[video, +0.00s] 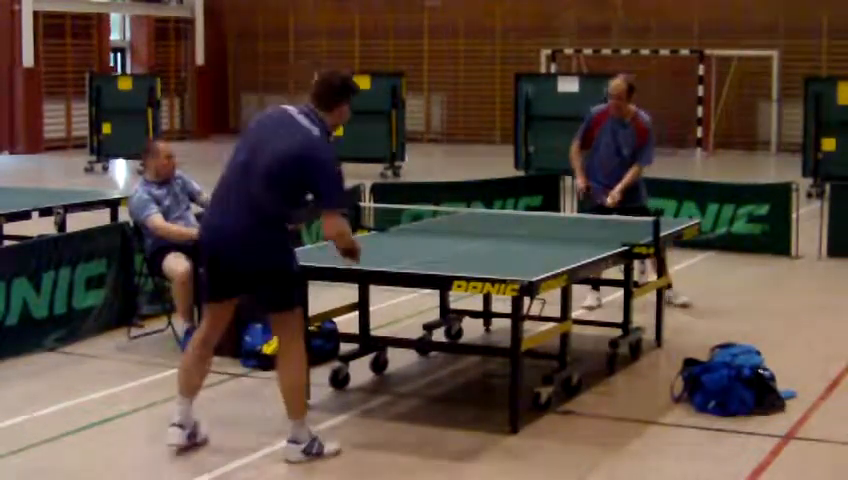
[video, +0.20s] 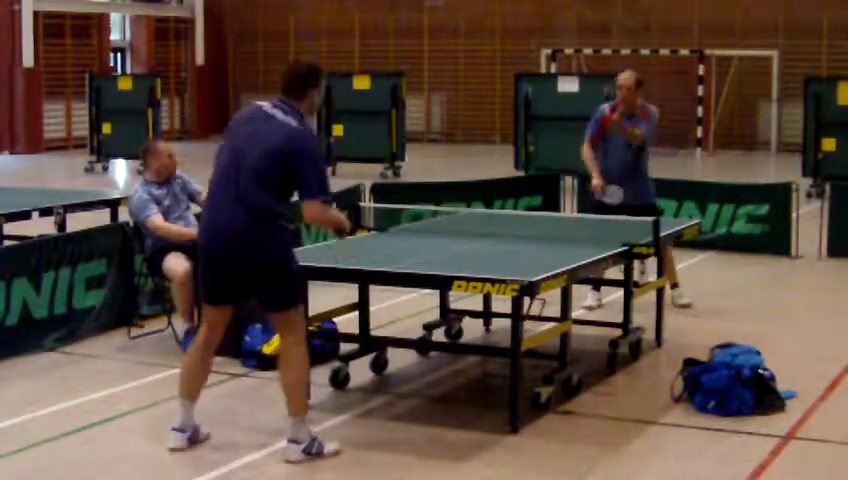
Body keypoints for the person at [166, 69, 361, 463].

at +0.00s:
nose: (347, 117)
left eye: (348, 110)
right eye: (348, 110)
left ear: (313, 97)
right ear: (340, 109)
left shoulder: (273, 116)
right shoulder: (319, 150)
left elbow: (257, 176)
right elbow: (334, 228)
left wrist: (291, 215)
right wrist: (349, 247)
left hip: (216, 234)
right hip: (264, 242)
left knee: (211, 325)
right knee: (290, 334)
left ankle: (182, 421)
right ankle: (300, 436)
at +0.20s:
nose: (319, 100)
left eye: (318, 94)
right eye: (319, 94)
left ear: (282, 87)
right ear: (312, 95)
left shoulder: (246, 117)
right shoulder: (300, 138)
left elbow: (224, 176)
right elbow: (313, 211)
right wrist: (339, 221)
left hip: (216, 237)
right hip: (264, 243)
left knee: (209, 330)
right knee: (292, 334)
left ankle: (183, 425)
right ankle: (300, 436)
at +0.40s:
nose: (282, 89)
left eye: (279, 82)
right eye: (281, 83)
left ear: (243, 85)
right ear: (272, 87)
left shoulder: (215, 119)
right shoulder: (275, 130)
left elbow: (201, 178)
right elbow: (280, 197)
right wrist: (313, 207)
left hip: (206, 240)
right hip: (250, 243)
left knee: (208, 330)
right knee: (285, 328)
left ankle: (183, 425)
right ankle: (299, 435)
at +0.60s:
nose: (264, 82)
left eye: (262, 75)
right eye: (261, 76)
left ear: (222, 79)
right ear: (250, 80)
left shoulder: (200, 120)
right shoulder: (255, 125)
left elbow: (185, 183)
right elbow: (261, 192)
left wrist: (243, 216)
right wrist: (298, 202)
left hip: (195, 242)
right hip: (237, 245)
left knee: (208, 327)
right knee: (276, 328)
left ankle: (182, 426)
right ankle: (299, 435)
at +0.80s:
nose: (264, 84)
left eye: (262, 76)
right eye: (261, 77)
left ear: (223, 80)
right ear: (250, 80)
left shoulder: (200, 121)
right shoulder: (253, 126)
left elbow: (191, 188)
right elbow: (255, 193)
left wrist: (245, 218)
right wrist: (297, 203)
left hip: (194, 244)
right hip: (236, 247)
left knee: (208, 327)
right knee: (276, 328)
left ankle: (182, 426)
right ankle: (299, 435)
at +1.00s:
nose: (282, 81)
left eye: (280, 74)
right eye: (280, 75)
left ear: (241, 79)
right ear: (272, 79)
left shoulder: (214, 120)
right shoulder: (271, 126)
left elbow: (201, 187)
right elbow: (275, 195)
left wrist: (259, 217)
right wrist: (310, 204)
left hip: (205, 242)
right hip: (248, 244)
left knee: (210, 327)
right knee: (291, 324)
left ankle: (182, 426)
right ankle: (300, 437)